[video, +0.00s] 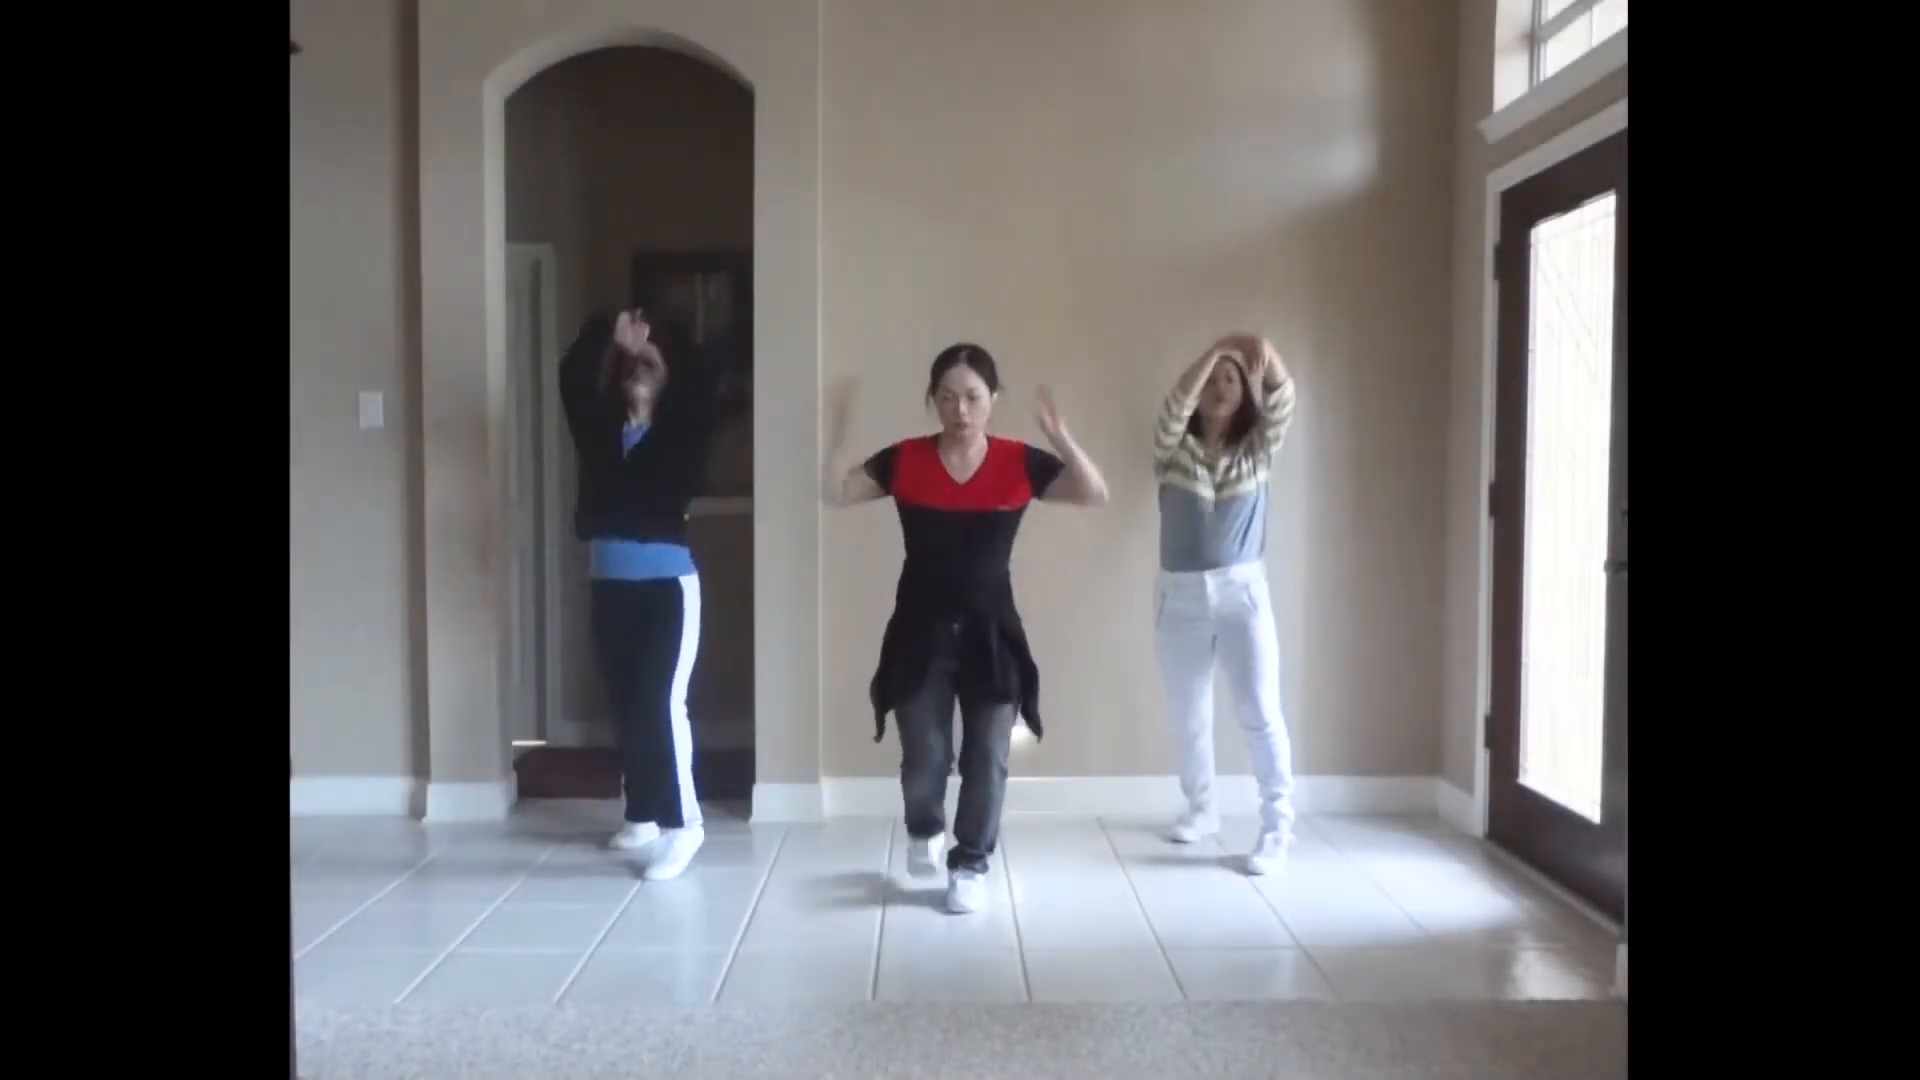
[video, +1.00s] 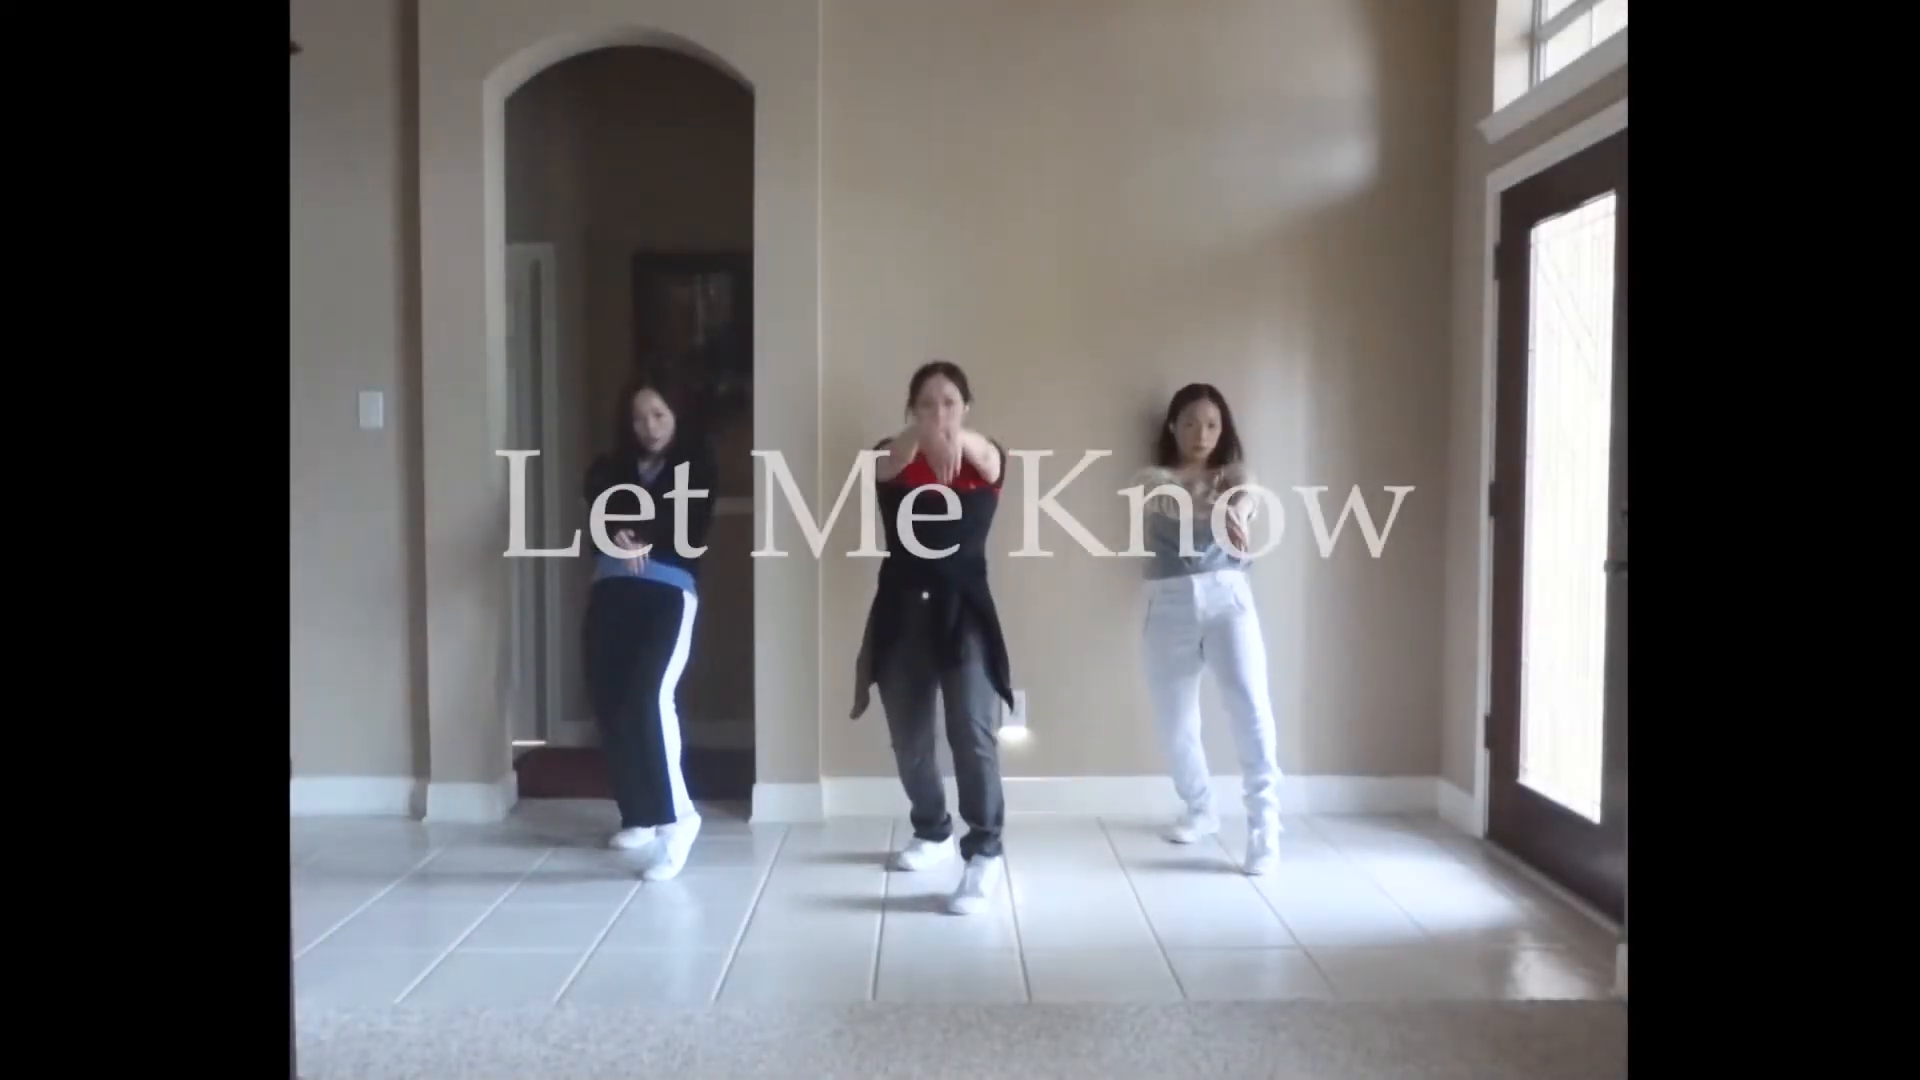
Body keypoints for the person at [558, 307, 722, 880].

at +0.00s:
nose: (636, 378)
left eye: (648, 369)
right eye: (628, 370)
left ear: (665, 379)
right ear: (616, 380)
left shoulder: (683, 427)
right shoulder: (597, 429)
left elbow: (706, 369)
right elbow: (573, 377)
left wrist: (657, 346)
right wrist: (609, 335)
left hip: (668, 582)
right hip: (613, 582)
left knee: (663, 702)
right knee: (628, 704)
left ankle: (685, 823)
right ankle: (643, 817)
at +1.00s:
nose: (650, 425)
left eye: (658, 415)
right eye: (641, 417)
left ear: (676, 416)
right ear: (630, 422)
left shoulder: (694, 465)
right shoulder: (609, 468)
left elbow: (695, 534)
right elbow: (595, 523)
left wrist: (648, 530)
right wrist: (616, 541)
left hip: (669, 592)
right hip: (613, 591)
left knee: (651, 696)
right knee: (612, 698)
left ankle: (679, 817)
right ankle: (641, 820)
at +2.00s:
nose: (648, 439)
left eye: (657, 429)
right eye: (638, 431)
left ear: (674, 431)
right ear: (628, 436)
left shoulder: (693, 478)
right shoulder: (609, 480)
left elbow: (691, 541)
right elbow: (597, 539)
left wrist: (654, 578)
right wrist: (625, 575)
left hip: (671, 592)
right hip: (613, 593)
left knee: (645, 692)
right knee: (605, 696)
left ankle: (675, 816)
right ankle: (641, 819)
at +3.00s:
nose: (651, 397)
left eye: (656, 385)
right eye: (644, 389)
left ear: (682, 380)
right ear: (649, 394)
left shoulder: (723, 432)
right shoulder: (672, 443)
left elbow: (746, 513)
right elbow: (662, 520)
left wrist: (684, 505)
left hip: (730, 592)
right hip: (681, 591)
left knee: (728, 727)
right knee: (672, 707)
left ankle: (752, 864)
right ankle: (685, 812)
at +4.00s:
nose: (714, 388)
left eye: (727, 378)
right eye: (704, 377)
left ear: (746, 388)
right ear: (689, 386)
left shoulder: (770, 453)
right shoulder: (666, 452)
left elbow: (809, 530)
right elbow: (646, 526)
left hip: (767, 610)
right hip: (700, 612)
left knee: (752, 748)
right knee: (704, 747)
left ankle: (749, 871)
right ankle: (670, 861)